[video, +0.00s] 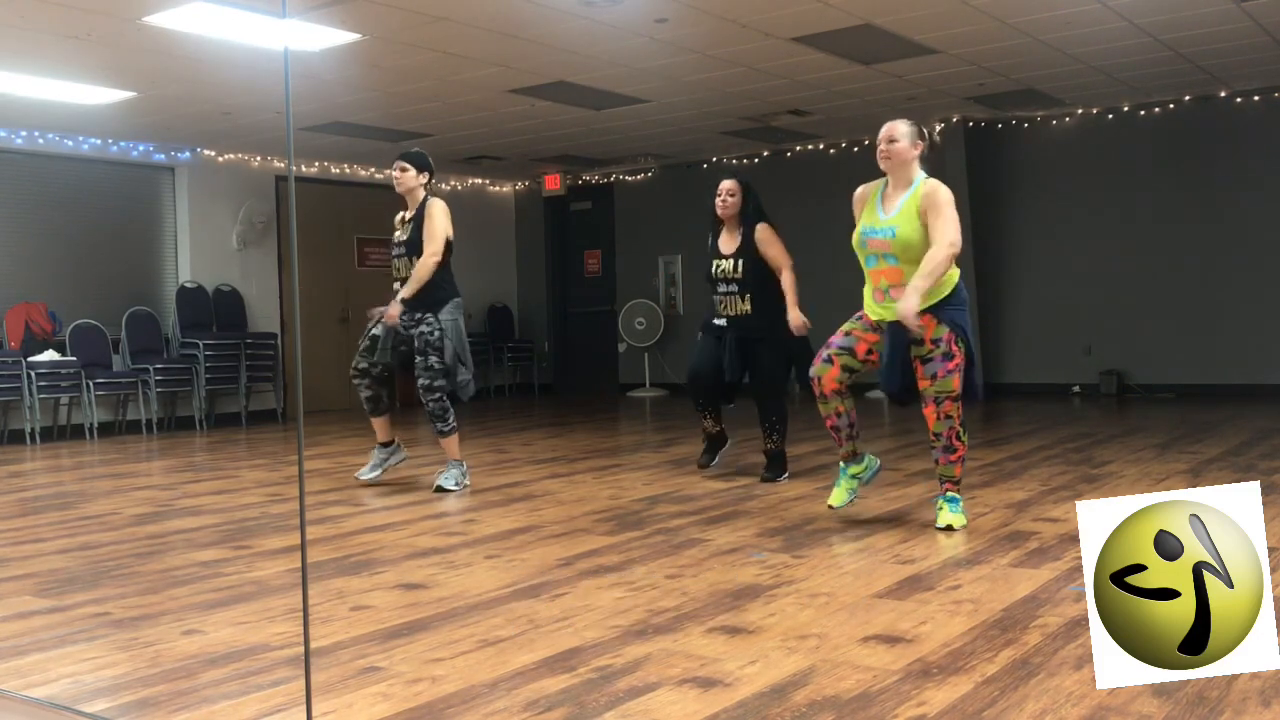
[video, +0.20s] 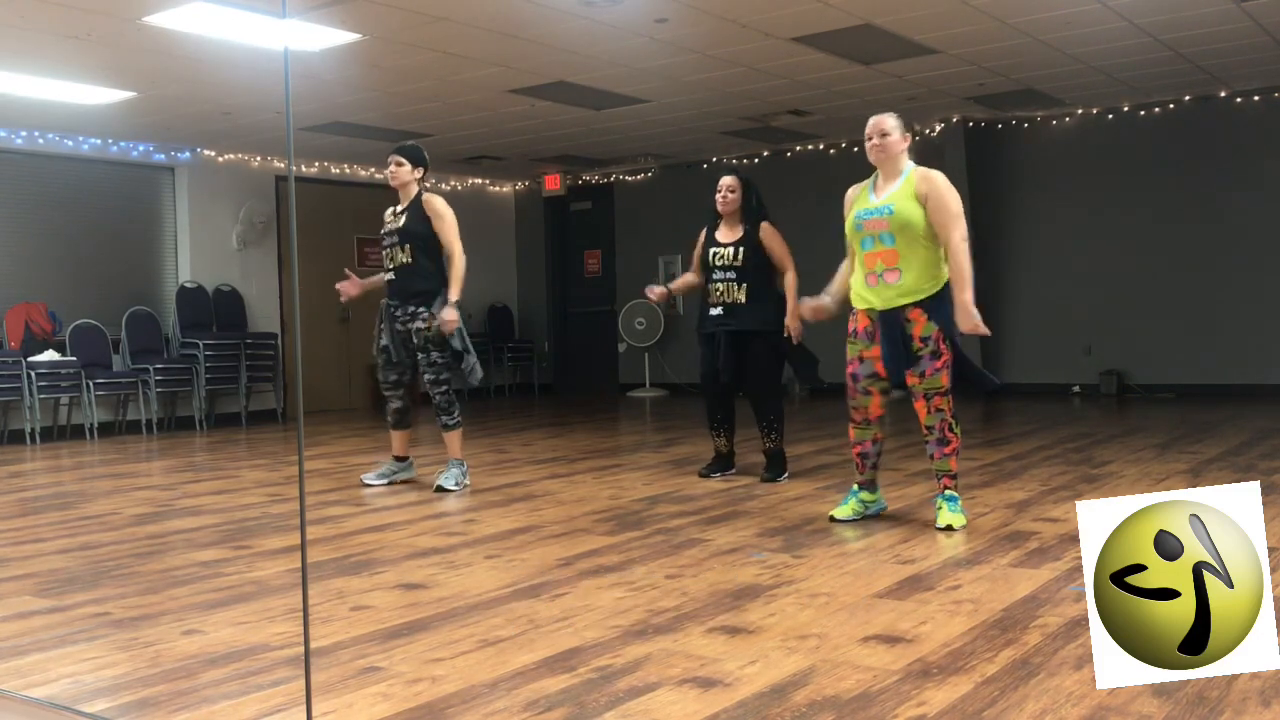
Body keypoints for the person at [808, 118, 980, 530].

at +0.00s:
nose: (883, 146)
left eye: (893, 139)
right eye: (880, 142)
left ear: (917, 149)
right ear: (875, 153)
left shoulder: (934, 193)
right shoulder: (864, 196)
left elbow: (947, 245)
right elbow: (873, 254)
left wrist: (913, 294)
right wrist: (879, 304)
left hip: (933, 313)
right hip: (878, 314)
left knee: (941, 403)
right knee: (825, 373)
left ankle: (950, 495)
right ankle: (855, 462)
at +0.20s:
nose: (873, 142)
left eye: (882, 134)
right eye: (868, 137)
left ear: (906, 140)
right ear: (864, 148)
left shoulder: (930, 182)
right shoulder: (855, 195)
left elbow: (956, 242)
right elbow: (854, 257)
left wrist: (964, 304)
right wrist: (830, 300)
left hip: (921, 309)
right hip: (867, 313)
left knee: (933, 402)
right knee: (861, 400)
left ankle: (948, 495)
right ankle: (867, 491)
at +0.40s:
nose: (867, 146)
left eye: (875, 139)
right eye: (860, 141)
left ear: (893, 146)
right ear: (851, 151)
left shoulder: (921, 187)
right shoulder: (836, 199)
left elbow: (962, 239)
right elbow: (804, 249)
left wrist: (972, 297)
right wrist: (769, 258)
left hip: (915, 310)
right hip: (856, 315)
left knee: (939, 390)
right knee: (848, 398)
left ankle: (948, 488)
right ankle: (864, 492)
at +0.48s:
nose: (866, 151)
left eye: (874, 144)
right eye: (859, 146)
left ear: (892, 152)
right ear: (851, 157)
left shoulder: (919, 196)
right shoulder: (834, 199)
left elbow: (952, 253)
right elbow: (788, 236)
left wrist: (955, 304)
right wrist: (751, 262)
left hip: (914, 315)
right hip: (855, 321)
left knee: (943, 384)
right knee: (846, 401)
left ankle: (952, 478)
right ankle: (865, 493)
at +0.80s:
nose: (884, 139)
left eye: (894, 132)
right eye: (880, 135)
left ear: (918, 140)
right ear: (876, 146)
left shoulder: (936, 191)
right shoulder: (866, 183)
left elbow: (951, 257)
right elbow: (847, 241)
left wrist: (927, 257)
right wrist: (836, 294)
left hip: (923, 312)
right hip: (870, 313)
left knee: (937, 404)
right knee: (864, 402)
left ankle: (955, 497)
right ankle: (866, 492)